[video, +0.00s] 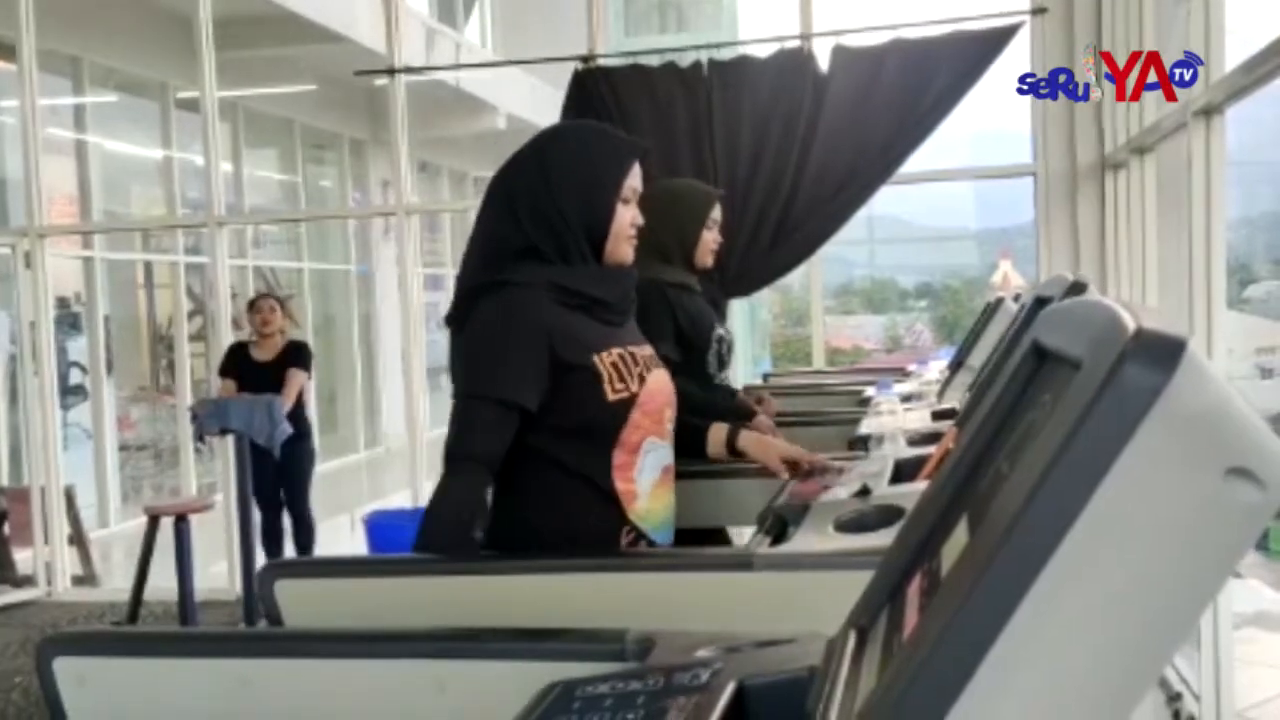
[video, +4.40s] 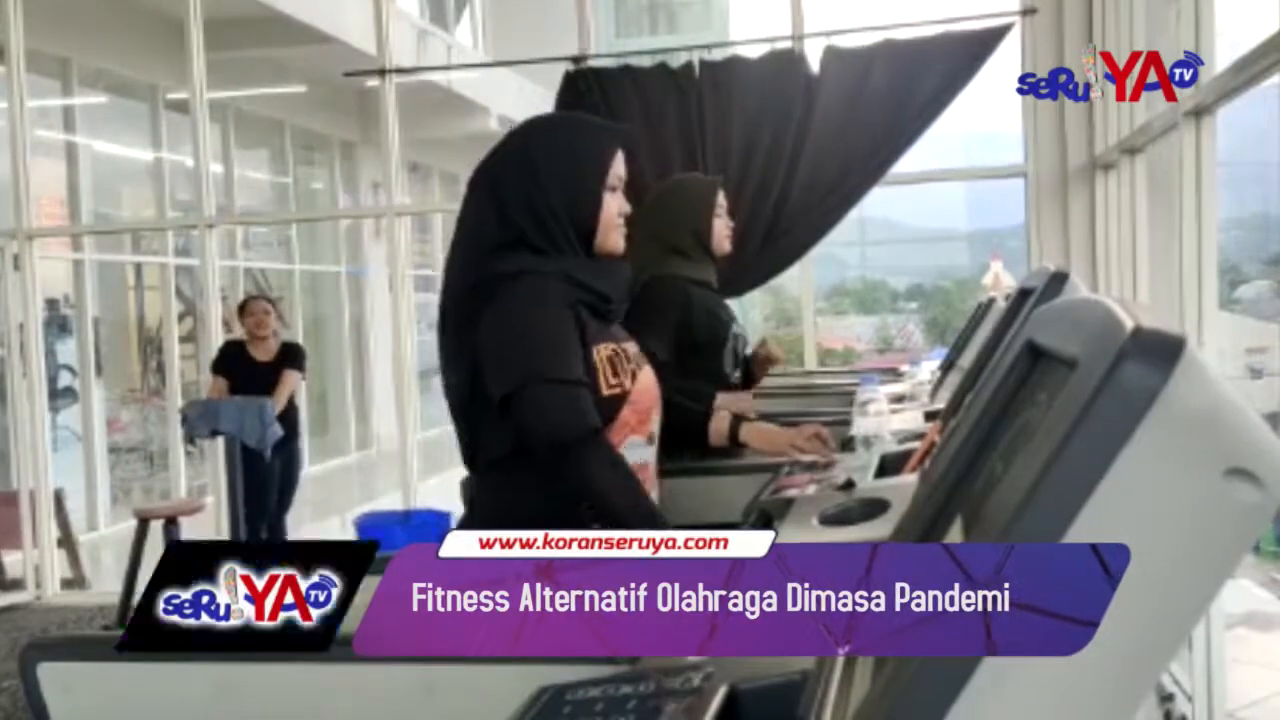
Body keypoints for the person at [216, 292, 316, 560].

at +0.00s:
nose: (265, 317)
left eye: (272, 311)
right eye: (258, 312)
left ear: (282, 317)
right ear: (249, 319)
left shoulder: (297, 351)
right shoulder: (237, 353)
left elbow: (290, 394)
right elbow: (227, 395)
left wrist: (271, 420)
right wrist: (241, 418)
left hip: (293, 433)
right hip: (255, 435)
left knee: (297, 501)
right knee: (268, 505)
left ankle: (305, 563)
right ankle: (274, 566)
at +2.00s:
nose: (244, 326)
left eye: (252, 322)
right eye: (245, 321)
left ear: (271, 330)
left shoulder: (276, 359)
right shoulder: (237, 366)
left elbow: (274, 409)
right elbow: (222, 404)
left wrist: (260, 439)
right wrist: (201, 425)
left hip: (283, 442)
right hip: (257, 445)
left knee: (282, 512)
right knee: (273, 512)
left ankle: (284, 574)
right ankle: (290, 572)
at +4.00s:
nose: (251, 320)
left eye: (259, 314)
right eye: (246, 315)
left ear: (273, 320)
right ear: (239, 321)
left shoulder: (287, 352)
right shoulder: (229, 356)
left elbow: (281, 393)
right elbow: (218, 399)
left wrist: (266, 426)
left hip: (286, 436)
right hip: (247, 438)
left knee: (288, 509)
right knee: (257, 511)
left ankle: (295, 566)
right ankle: (260, 568)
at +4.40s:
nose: (260, 319)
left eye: (266, 313)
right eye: (252, 314)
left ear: (276, 318)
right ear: (242, 322)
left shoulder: (291, 352)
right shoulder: (231, 351)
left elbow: (283, 392)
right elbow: (217, 393)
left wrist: (262, 420)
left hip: (284, 436)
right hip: (245, 436)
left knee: (277, 510)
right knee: (254, 508)